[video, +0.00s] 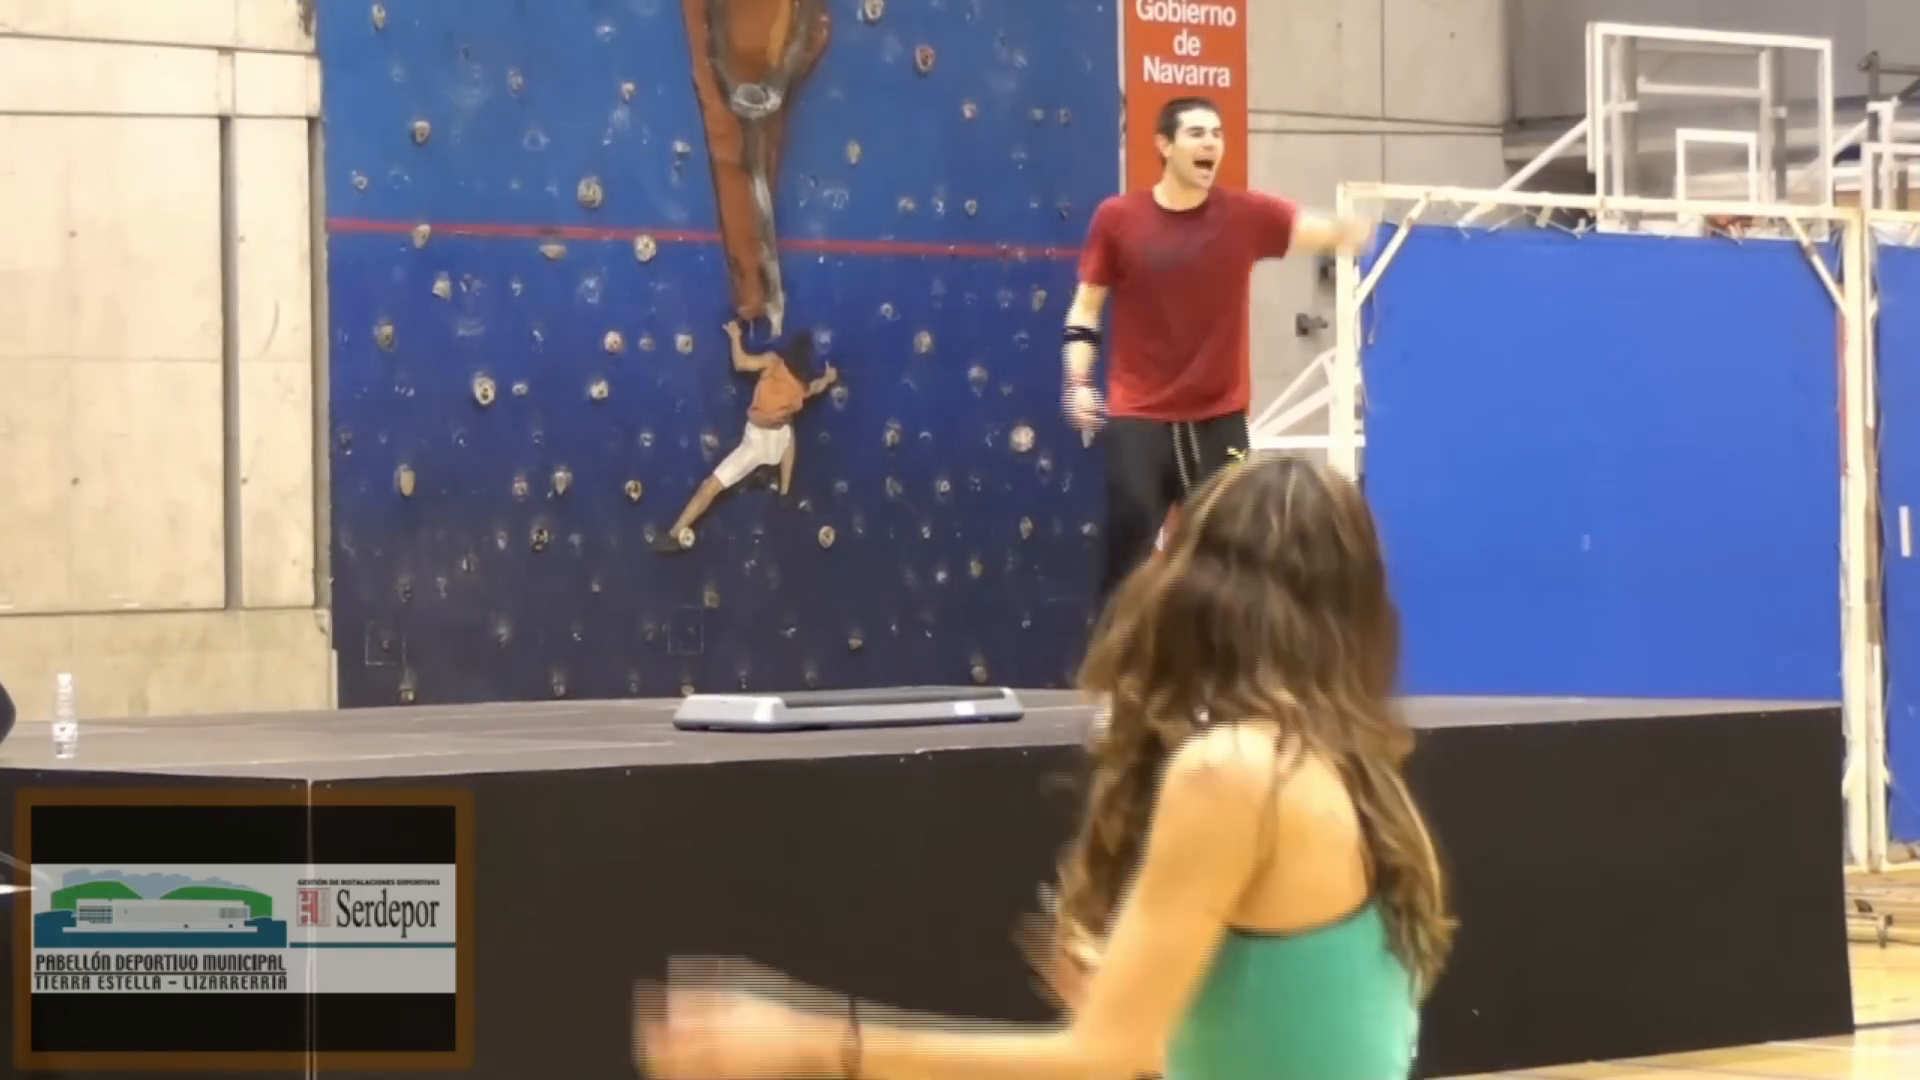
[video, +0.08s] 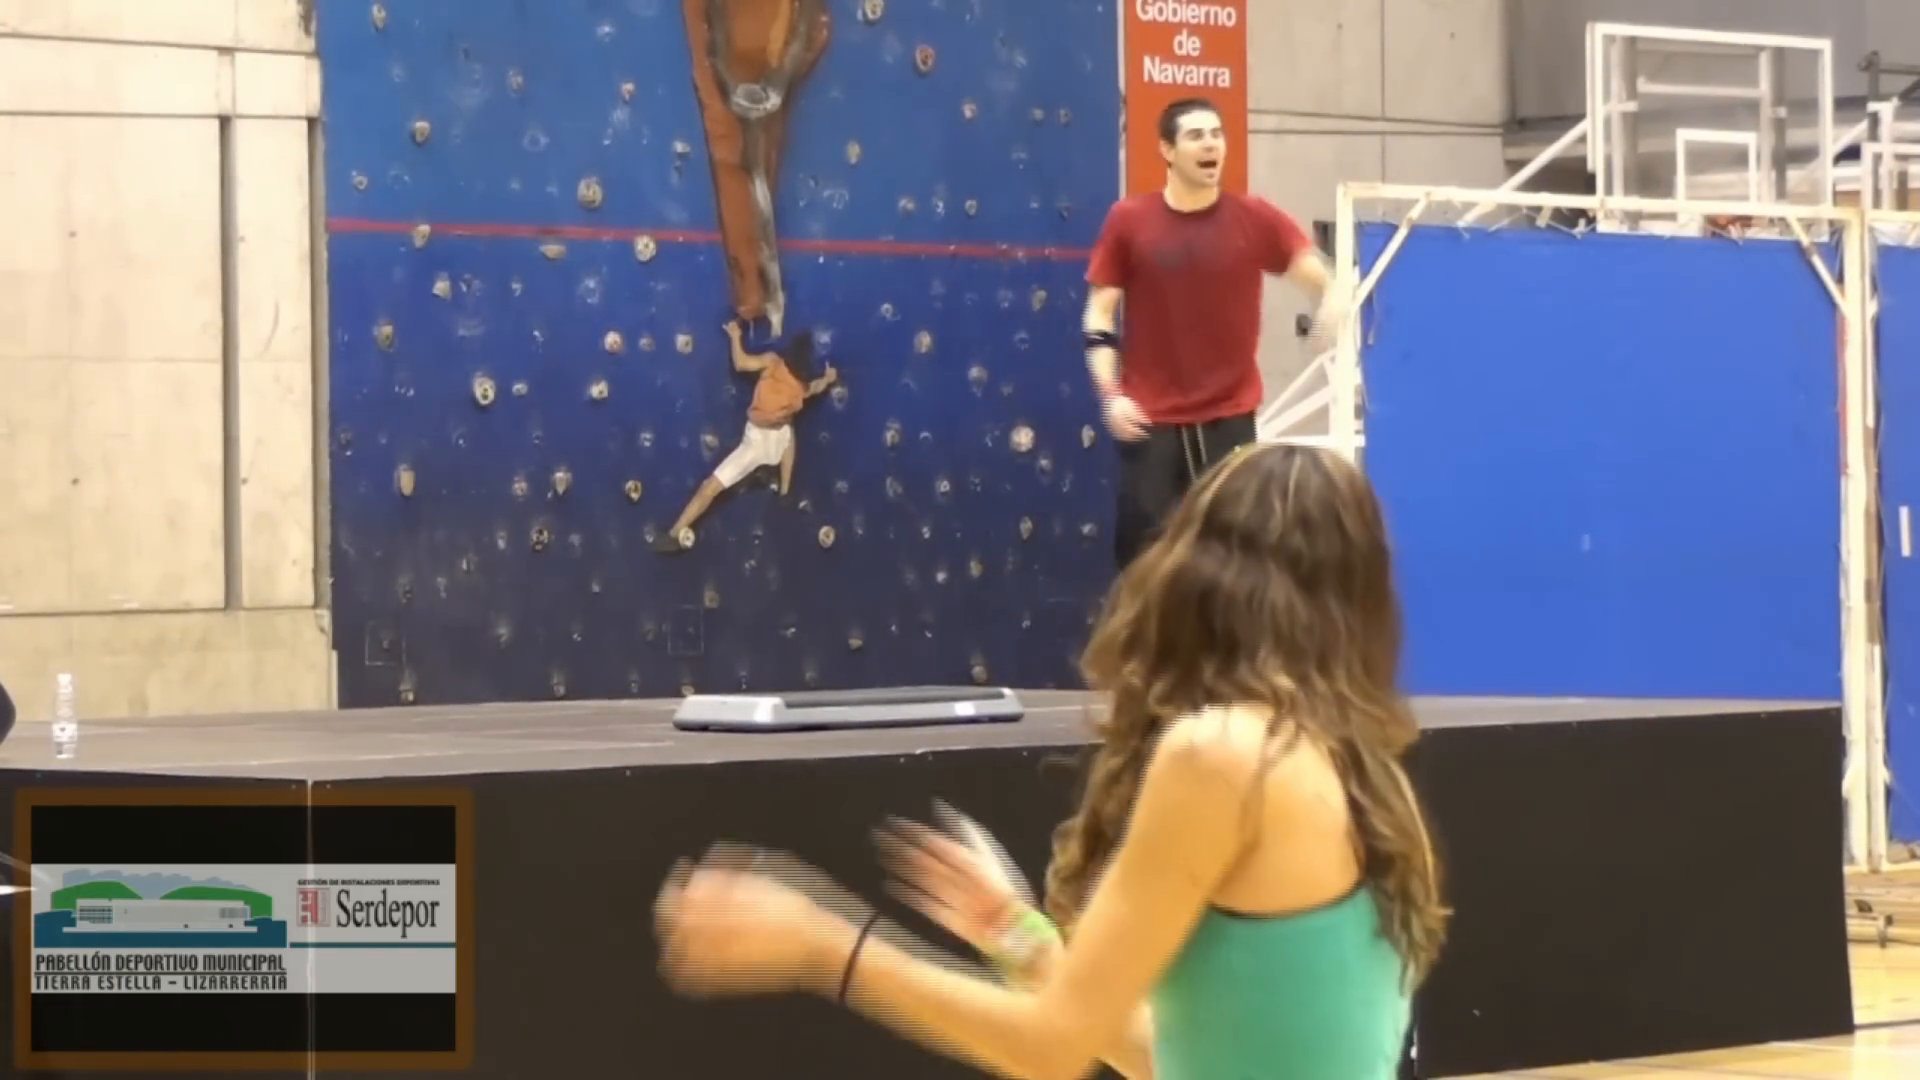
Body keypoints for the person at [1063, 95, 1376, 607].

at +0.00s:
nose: (1209, 145)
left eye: (1216, 135)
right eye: (1195, 133)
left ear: (1224, 147)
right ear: (1164, 145)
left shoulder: (1243, 213)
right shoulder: (1118, 217)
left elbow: (1326, 233)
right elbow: (1087, 307)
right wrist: (1078, 382)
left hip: (1218, 413)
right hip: (1139, 414)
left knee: (1231, 540)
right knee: (1130, 529)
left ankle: (1234, 665)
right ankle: (1116, 663)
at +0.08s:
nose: (1210, 146)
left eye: (1217, 135)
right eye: (1195, 136)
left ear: (1226, 145)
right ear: (1167, 151)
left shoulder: (1253, 218)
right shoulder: (1130, 220)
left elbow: (1325, 284)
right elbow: (1100, 313)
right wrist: (1111, 396)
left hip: (1230, 417)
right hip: (1151, 422)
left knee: (1236, 550)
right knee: (1147, 560)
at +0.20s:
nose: (1200, 160)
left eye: (1207, 147)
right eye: (1185, 152)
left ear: (1224, 155)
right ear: (1168, 170)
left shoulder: (1269, 236)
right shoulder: (1143, 240)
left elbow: (1299, 330)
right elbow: (1128, 336)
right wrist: (1150, 415)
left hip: (1247, 442)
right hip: (1169, 445)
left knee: (1249, 577)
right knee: (1170, 585)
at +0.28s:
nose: (1204, 165)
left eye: (1212, 153)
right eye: (1190, 158)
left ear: (1228, 161)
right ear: (1172, 175)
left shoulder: (1275, 238)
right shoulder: (1149, 244)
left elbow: (1297, 333)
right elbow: (1142, 341)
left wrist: (1264, 407)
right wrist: (1167, 422)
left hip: (1250, 436)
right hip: (1180, 441)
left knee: (1254, 574)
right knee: (1194, 580)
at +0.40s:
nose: (1218, 161)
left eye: (1225, 148)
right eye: (1203, 152)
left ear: (1242, 153)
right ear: (1183, 164)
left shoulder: (1288, 221)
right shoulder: (1163, 235)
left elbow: (1326, 311)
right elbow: (1155, 329)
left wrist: (1288, 386)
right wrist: (1175, 408)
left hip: (1267, 424)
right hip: (1197, 432)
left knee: (1269, 561)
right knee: (1201, 569)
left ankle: (1276, 685)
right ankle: (1204, 686)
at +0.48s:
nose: (1229, 160)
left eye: (1238, 148)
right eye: (1216, 152)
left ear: (1256, 155)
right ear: (1197, 164)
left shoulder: (1300, 221)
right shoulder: (1176, 233)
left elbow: (1341, 305)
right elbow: (1160, 321)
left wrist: (1302, 382)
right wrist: (1177, 396)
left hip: (1279, 424)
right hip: (1206, 427)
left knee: (1279, 563)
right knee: (1206, 568)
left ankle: (1283, 692)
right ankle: (1206, 692)